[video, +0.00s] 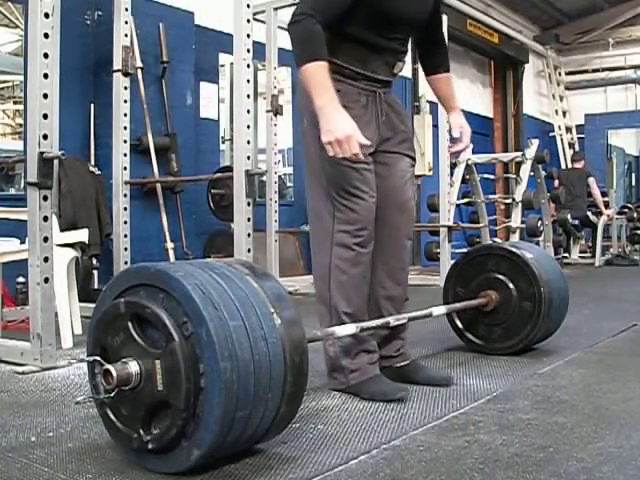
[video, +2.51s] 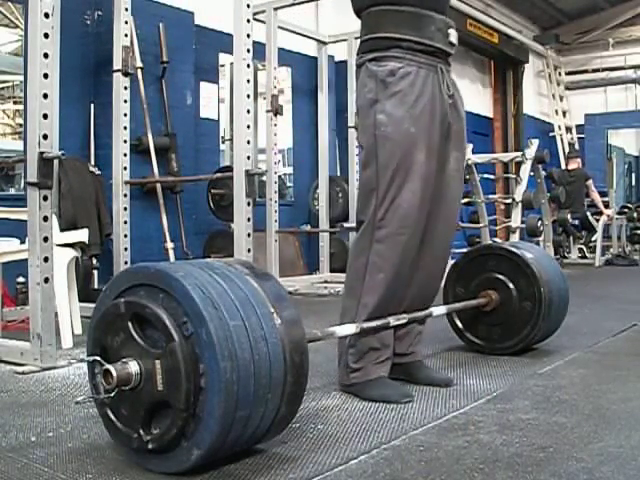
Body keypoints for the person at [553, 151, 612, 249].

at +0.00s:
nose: (582, 163)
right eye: (582, 162)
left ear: (571, 162)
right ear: (583, 162)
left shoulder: (562, 173)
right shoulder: (586, 174)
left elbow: (555, 189)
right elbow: (595, 193)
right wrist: (603, 210)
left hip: (563, 213)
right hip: (580, 213)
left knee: (568, 233)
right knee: (596, 226)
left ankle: (567, 254)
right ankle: (596, 253)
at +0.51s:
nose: (581, 163)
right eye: (581, 161)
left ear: (567, 162)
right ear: (579, 161)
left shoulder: (560, 174)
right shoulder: (583, 174)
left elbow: (554, 193)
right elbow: (593, 193)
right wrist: (603, 210)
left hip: (561, 213)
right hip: (578, 212)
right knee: (596, 222)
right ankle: (591, 247)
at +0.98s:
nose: (582, 165)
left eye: (581, 162)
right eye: (582, 162)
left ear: (571, 163)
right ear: (582, 163)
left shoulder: (561, 174)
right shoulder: (585, 174)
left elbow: (555, 192)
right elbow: (594, 193)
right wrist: (604, 210)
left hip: (562, 212)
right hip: (579, 211)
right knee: (594, 228)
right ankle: (586, 244)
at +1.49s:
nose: (584, 167)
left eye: (583, 165)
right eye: (584, 165)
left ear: (572, 165)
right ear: (584, 165)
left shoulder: (563, 175)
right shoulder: (586, 175)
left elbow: (555, 190)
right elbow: (595, 193)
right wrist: (604, 210)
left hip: (562, 214)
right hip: (579, 213)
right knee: (593, 232)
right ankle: (583, 246)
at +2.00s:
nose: (580, 163)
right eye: (580, 161)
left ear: (569, 162)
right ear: (580, 162)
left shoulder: (561, 174)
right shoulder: (584, 174)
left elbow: (555, 190)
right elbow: (594, 192)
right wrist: (604, 210)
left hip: (563, 212)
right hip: (579, 212)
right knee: (593, 231)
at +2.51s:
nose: (581, 163)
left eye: (580, 160)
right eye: (580, 160)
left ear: (567, 162)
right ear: (578, 161)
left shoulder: (559, 175)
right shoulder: (583, 174)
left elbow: (554, 196)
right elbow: (593, 192)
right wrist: (604, 210)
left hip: (562, 214)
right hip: (578, 213)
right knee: (593, 230)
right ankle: (584, 246)